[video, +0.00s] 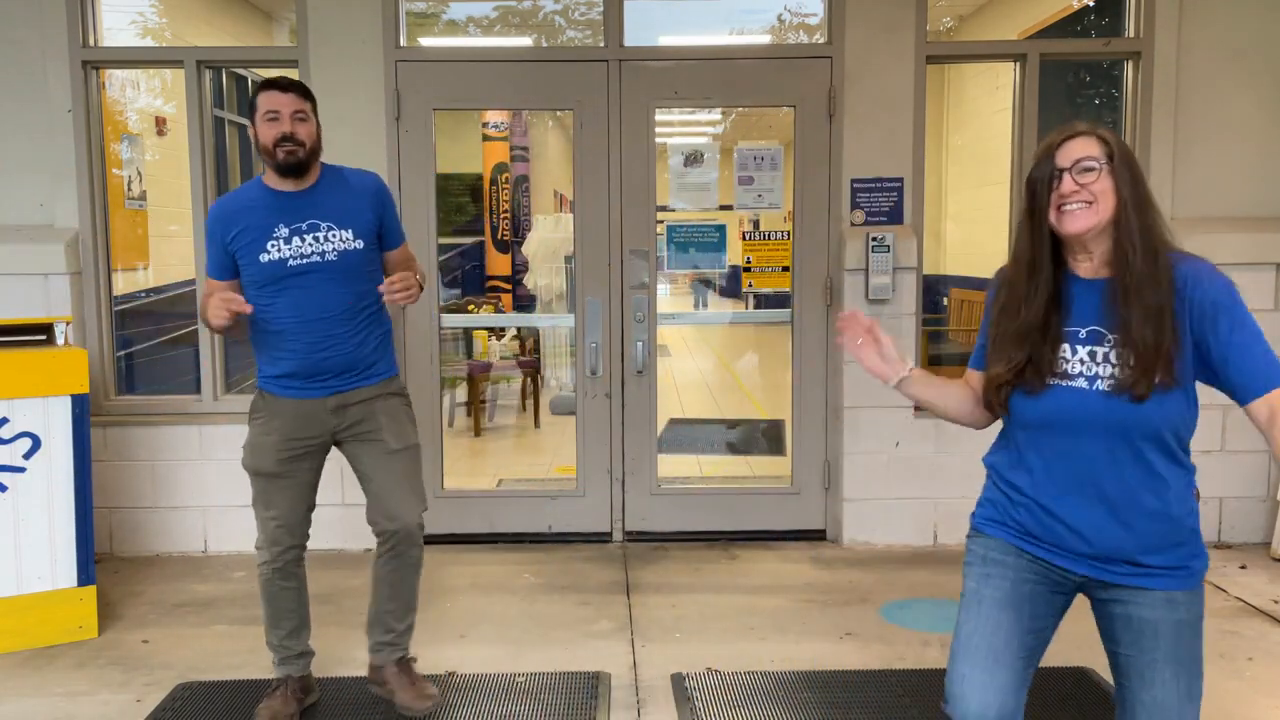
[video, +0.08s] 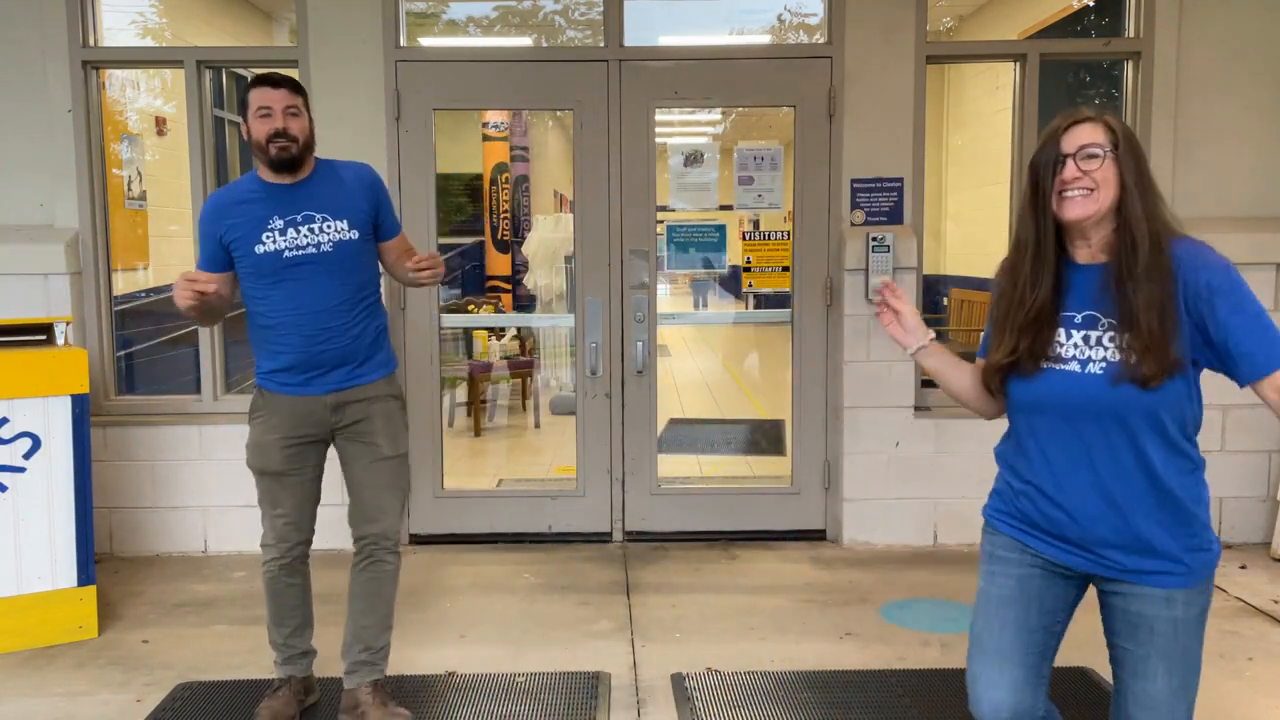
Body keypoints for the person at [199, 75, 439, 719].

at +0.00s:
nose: (288, 129)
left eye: (299, 117)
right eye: (273, 119)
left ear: (318, 128)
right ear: (253, 133)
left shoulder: (365, 191)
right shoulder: (230, 214)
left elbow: (406, 269)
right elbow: (214, 302)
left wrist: (403, 283)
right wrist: (219, 307)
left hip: (372, 396)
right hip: (284, 405)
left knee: (404, 524)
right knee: (278, 547)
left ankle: (390, 659)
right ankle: (292, 675)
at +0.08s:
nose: (280, 124)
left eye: (291, 113)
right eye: (266, 114)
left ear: (310, 124)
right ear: (246, 130)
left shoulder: (358, 183)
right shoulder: (224, 209)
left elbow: (400, 257)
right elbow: (222, 301)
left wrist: (425, 266)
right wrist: (193, 301)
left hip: (368, 390)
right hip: (283, 400)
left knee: (380, 539)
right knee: (284, 547)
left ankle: (363, 685)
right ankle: (293, 676)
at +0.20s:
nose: (277, 129)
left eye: (288, 118)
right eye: (262, 119)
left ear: (307, 127)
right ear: (242, 134)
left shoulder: (357, 187)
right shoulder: (220, 215)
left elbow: (405, 263)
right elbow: (202, 308)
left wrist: (431, 271)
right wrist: (177, 304)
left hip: (364, 396)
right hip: (280, 404)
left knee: (362, 546)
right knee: (281, 551)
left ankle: (360, 688)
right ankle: (294, 676)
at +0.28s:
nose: (277, 125)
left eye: (288, 114)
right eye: (262, 115)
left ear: (308, 125)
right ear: (242, 132)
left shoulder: (356, 180)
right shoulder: (220, 209)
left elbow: (391, 246)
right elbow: (202, 294)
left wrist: (402, 265)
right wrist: (204, 290)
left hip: (365, 393)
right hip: (281, 401)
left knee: (369, 542)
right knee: (282, 548)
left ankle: (362, 686)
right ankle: (294, 677)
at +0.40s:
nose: (289, 130)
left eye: (299, 119)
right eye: (273, 120)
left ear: (316, 130)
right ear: (250, 135)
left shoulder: (361, 187)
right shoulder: (224, 211)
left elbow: (388, 252)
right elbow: (216, 290)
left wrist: (393, 275)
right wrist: (240, 317)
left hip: (367, 393)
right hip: (283, 404)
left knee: (390, 533)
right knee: (279, 549)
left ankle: (376, 679)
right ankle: (293, 676)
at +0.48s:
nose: (303, 144)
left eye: (314, 133)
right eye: (288, 133)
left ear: (329, 143)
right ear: (264, 144)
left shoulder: (370, 203)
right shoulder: (233, 225)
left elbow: (397, 270)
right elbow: (216, 308)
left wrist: (404, 289)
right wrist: (243, 349)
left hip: (372, 405)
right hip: (284, 417)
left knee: (411, 530)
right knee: (276, 555)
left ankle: (407, 669)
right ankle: (292, 677)